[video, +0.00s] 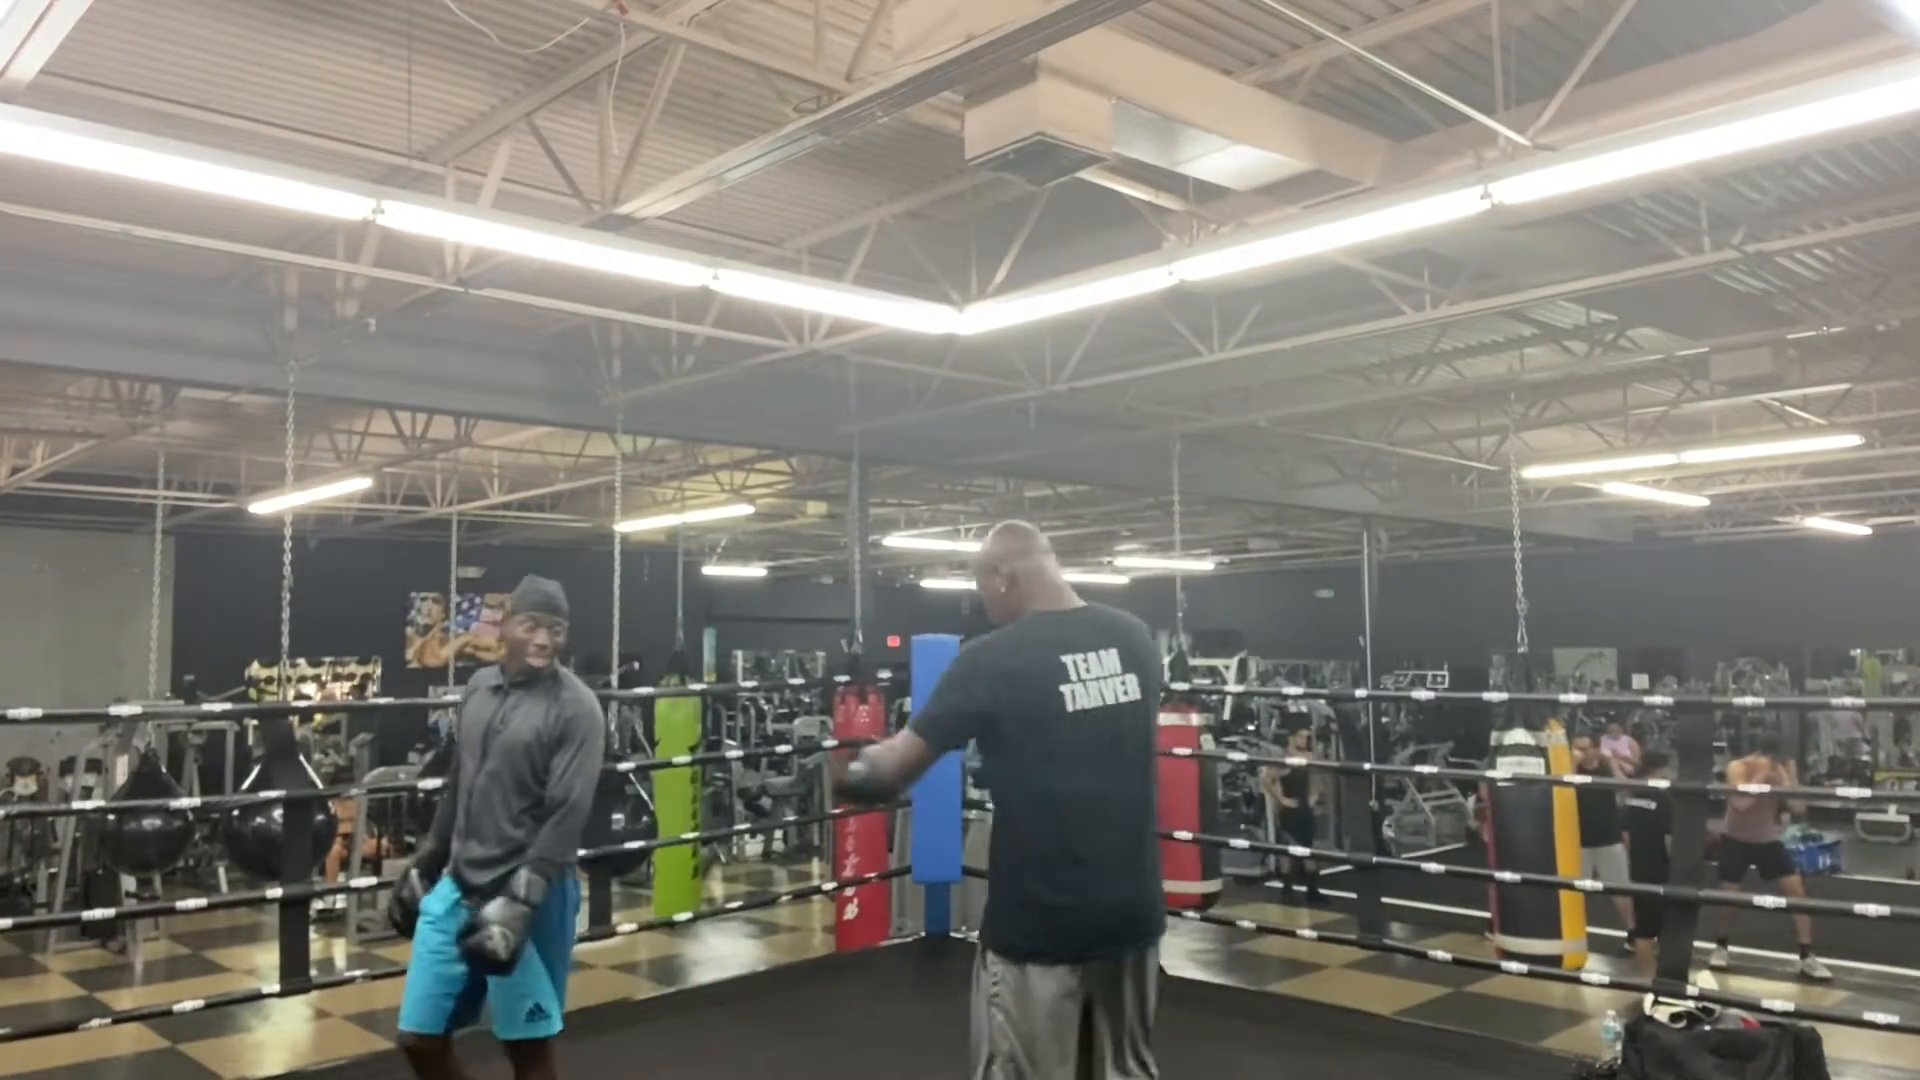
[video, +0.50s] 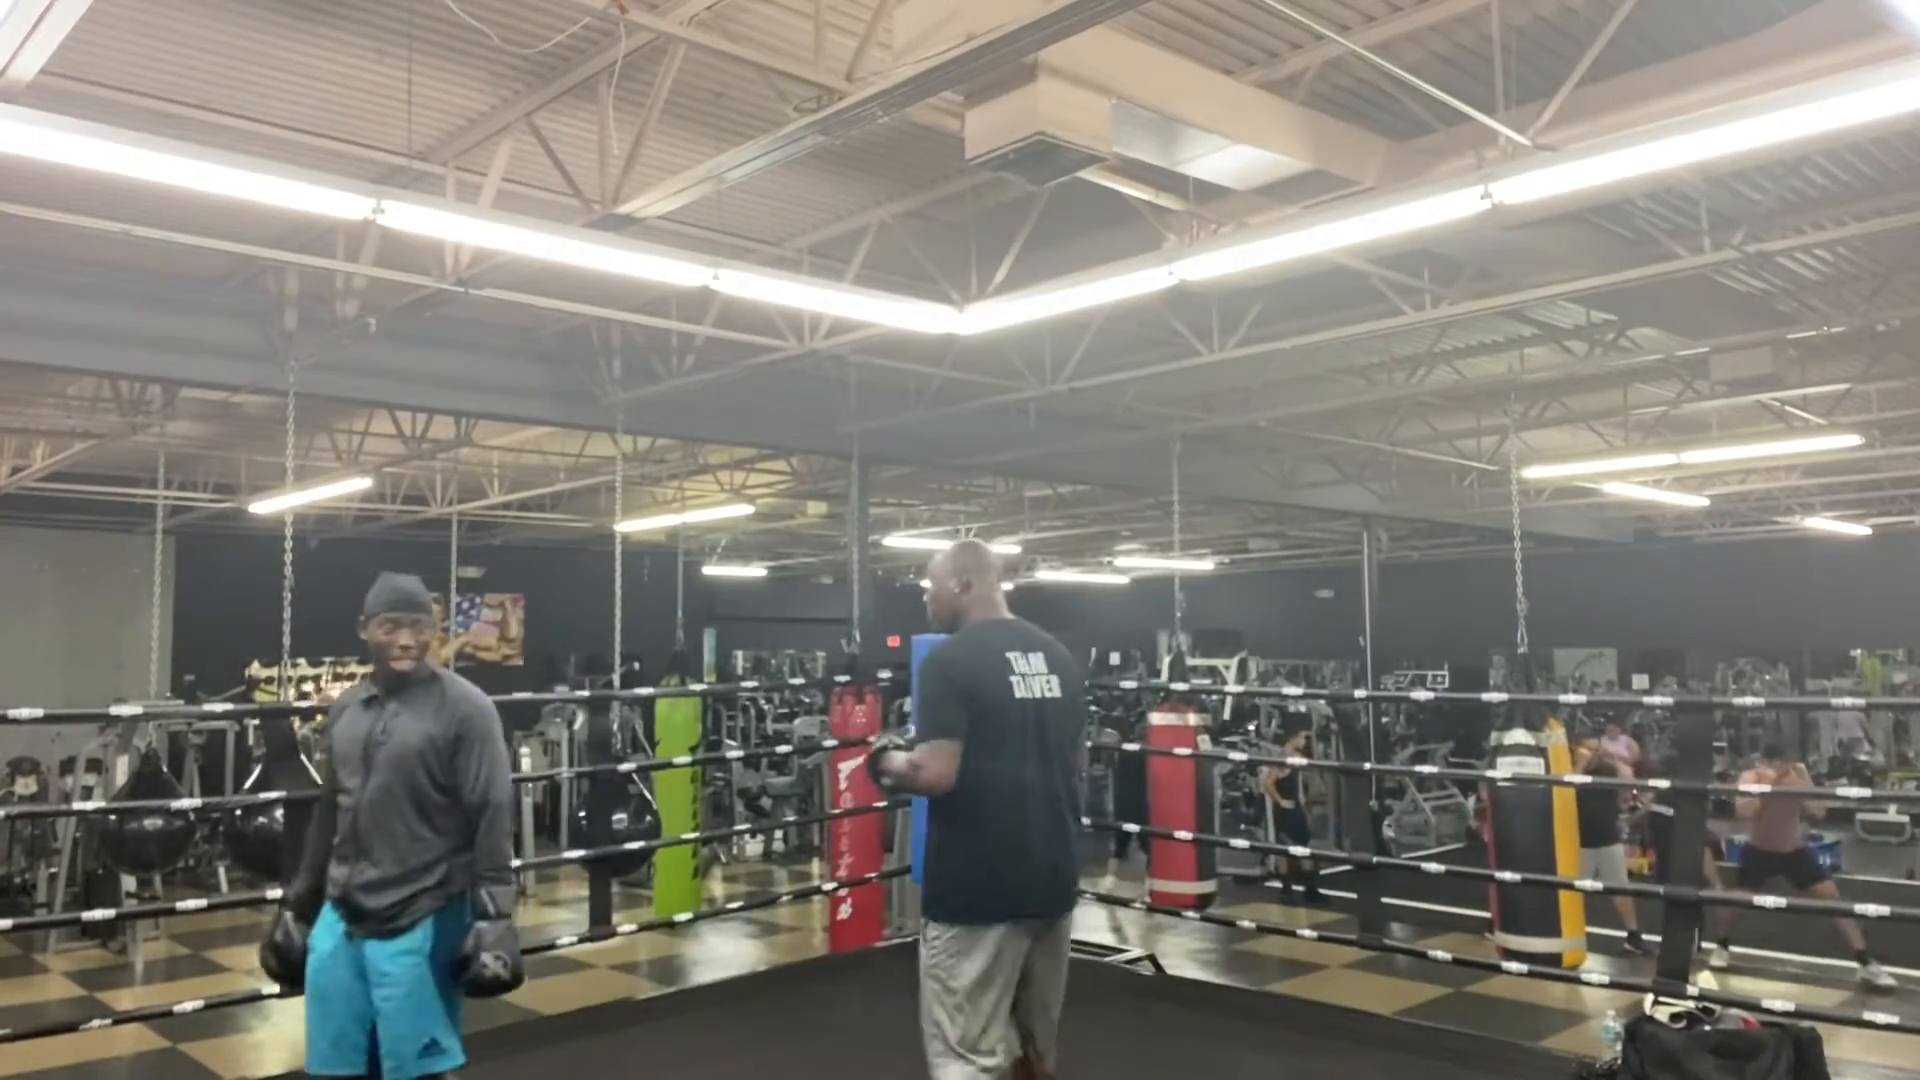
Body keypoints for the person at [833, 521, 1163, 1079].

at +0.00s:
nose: (984, 608)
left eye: (982, 590)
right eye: (981, 592)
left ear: (1004, 576)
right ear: (1055, 566)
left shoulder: (989, 660)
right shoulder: (1134, 635)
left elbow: (896, 765)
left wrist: (861, 766)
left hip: (1036, 918)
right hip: (1133, 909)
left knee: (1021, 1068)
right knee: (1127, 1066)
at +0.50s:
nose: (926, 599)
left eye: (931, 587)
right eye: (927, 588)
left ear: (962, 585)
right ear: (991, 585)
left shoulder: (951, 658)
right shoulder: (1060, 657)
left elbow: (937, 773)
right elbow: (1070, 762)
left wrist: (888, 761)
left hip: (973, 888)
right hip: (1050, 880)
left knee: (965, 1057)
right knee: (1034, 1052)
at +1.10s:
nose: (818, 599)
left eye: (829, 588)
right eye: (819, 588)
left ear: (870, 592)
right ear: (872, 593)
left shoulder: (871, 671)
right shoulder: (919, 647)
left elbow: (855, 776)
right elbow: (912, 740)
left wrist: (807, 745)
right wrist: (844, 715)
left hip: (878, 866)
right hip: (922, 854)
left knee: (857, 1017)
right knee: (908, 988)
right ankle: (963, 1071)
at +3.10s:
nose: (932, 593)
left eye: (936, 582)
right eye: (918, 583)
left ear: (945, 587)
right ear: (886, 586)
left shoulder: (974, 662)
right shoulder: (843, 660)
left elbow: (1009, 748)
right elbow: (808, 748)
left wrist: (985, 750)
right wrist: (849, 758)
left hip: (947, 874)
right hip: (863, 874)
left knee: (950, 1021)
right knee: (873, 1027)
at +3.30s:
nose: (927, 595)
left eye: (931, 583)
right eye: (912, 585)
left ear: (938, 588)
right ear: (878, 593)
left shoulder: (970, 661)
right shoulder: (838, 665)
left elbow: (997, 746)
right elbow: (803, 761)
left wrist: (987, 764)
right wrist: (854, 766)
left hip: (955, 881)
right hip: (864, 885)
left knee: (976, 1028)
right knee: (865, 1038)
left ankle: (961, 1074)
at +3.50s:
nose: (941, 590)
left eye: (946, 578)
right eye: (926, 580)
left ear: (955, 581)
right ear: (892, 585)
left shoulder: (986, 658)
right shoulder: (844, 660)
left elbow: (1009, 747)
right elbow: (808, 762)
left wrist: (1003, 760)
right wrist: (868, 736)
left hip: (962, 880)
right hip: (870, 882)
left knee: (970, 1044)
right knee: (874, 1040)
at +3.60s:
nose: (935, 596)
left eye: (948, 583)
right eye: (923, 584)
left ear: (966, 588)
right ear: (903, 589)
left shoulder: (1003, 670)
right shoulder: (862, 664)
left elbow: (1031, 771)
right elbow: (818, 767)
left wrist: (1018, 773)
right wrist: (870, 757)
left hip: (972, 899)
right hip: (879, 897)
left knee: (976, 1060)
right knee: (877, 1054)